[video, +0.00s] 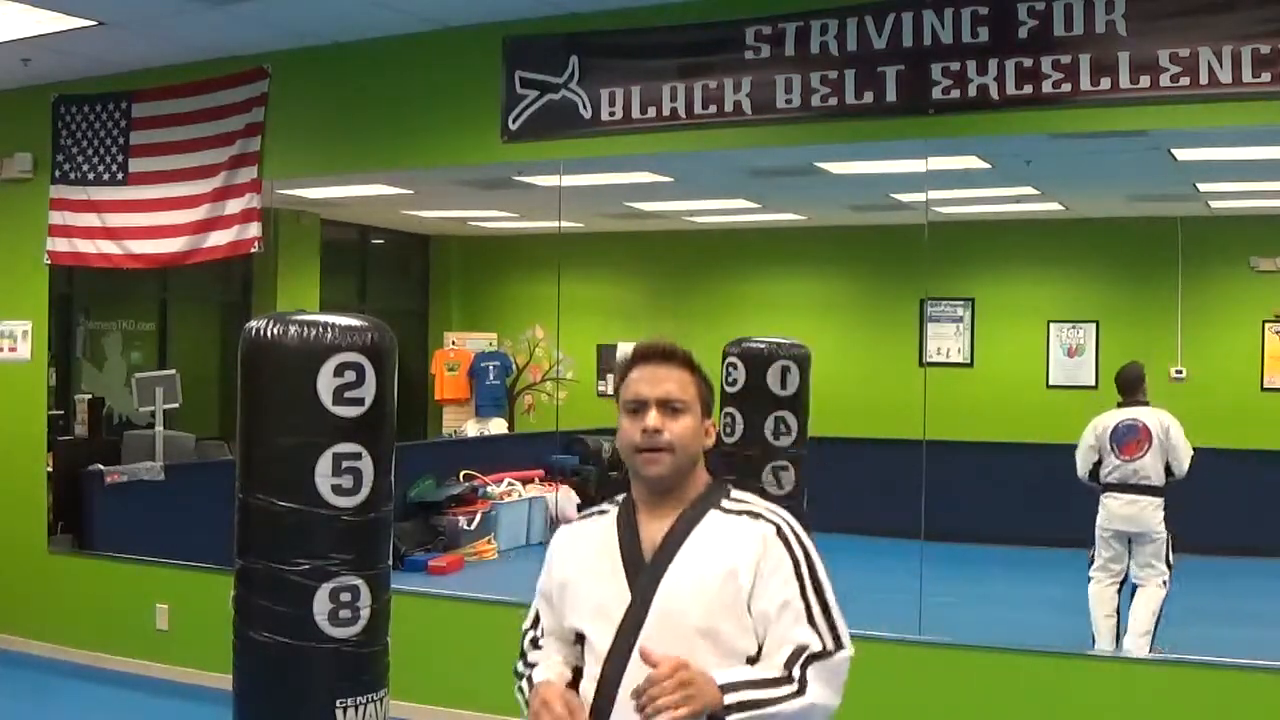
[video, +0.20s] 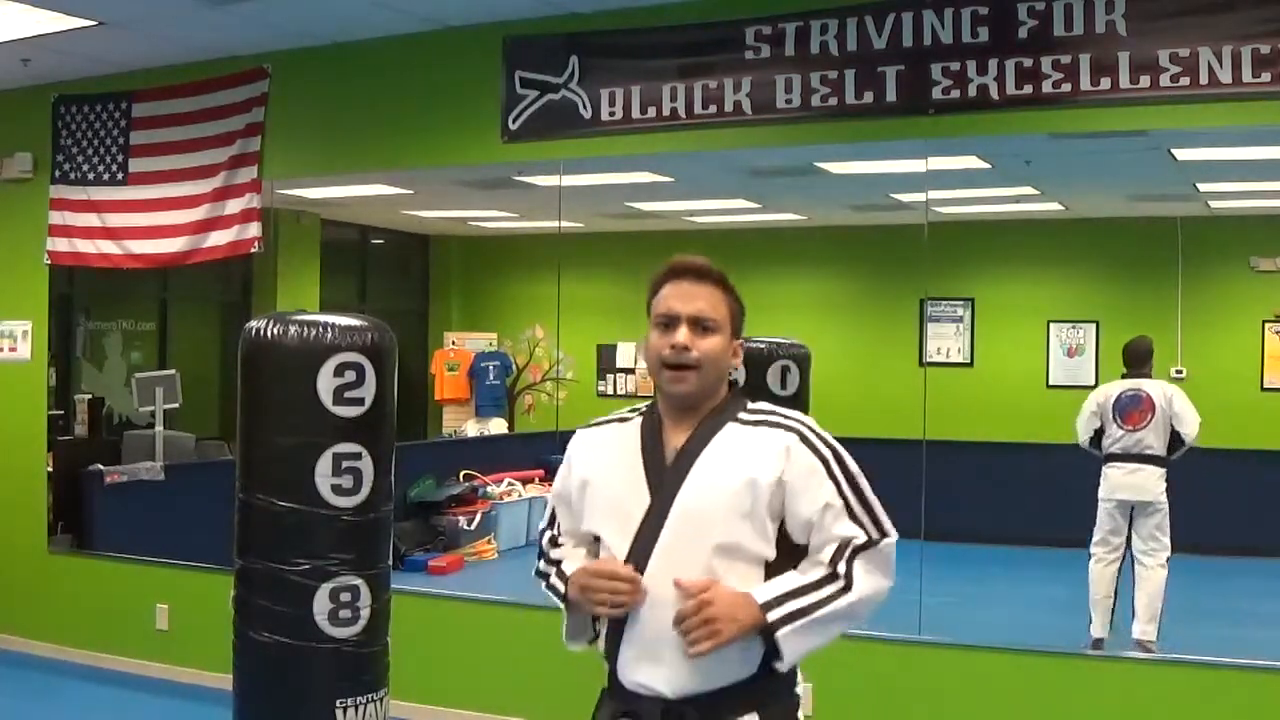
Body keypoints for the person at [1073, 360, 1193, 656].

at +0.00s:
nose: (1146, 386)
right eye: (1145, 382)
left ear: (1118, 388)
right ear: (1144, 386)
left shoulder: (1100, 422)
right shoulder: (1165, 421)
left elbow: (1084, 470)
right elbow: (1181, 467)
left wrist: (1112, 484)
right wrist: (1153, 479)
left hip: (1111, 507)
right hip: (1148, 510)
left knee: (1105, 575)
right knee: (1151, 578)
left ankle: (1104, 649)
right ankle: (1136, 650)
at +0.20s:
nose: (1149, 362)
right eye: (1150, 358)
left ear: (1123, 361)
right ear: (1151, 361)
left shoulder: (1103, 392)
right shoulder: (1168, 392)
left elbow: (1086, 437)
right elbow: (1189, 431)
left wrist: (1113, 452)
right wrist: (1163, 455)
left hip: (1113, 481)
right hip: (1151, 483)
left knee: (1105, 552)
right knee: (1152, 555)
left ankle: (1098, 633)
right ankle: (1145, 636)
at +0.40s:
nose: (1152, 384)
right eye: (1152, 380)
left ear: (1124, 385)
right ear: (1152, 384)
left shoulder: (1102, 419)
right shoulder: (1166, 419)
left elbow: (1090, 468)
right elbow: (1187, 466)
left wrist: (1116, 474)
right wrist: (1160, 469)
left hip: (1113, 505)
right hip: (1152, 507)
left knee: (1099, 574)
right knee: (1159, 579)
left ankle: (1079, 646)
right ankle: (1151, 653)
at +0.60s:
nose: (1144, 365)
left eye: (1138, 361)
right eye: (1143, 361)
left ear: (1115, 365)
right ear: (1142, 364)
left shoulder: (1095, 398)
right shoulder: (1160, 396)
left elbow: (1082, 446)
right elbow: (1181, 439)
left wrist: (1111, 457)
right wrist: (1157, 460)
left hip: (1105, 486)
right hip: (1144, 489)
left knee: (1095, 556)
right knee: (1151, 561)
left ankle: (1084, 636)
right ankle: (1152, 641)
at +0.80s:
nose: (1133, 379)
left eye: (1128, 374)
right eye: (1132, 374)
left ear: (1103, 380)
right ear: (1130, 378)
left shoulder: (1085, 413)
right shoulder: (1147, 412)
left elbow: (1071, 462)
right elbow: (1173, 456)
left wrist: (1101, 463)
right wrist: (1150, 443)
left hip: (1093, 501)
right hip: (1133, 504)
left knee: (1088, 569)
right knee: (1146, 576)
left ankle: (1078, 647)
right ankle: (1135, 652)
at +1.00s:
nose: (1127, 381)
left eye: (1124, 377)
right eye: (1126, 377)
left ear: (1096, 383)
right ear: (1123, 381)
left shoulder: (1079, 418)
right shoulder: (1140, 415)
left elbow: (1071, 468)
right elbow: (1160, 462)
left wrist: (1098, 478)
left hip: (1091, 502)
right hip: (1132, 505)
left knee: (1089, 572)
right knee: (1165, 564)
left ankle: (1080, 648)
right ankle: (1152, 636)